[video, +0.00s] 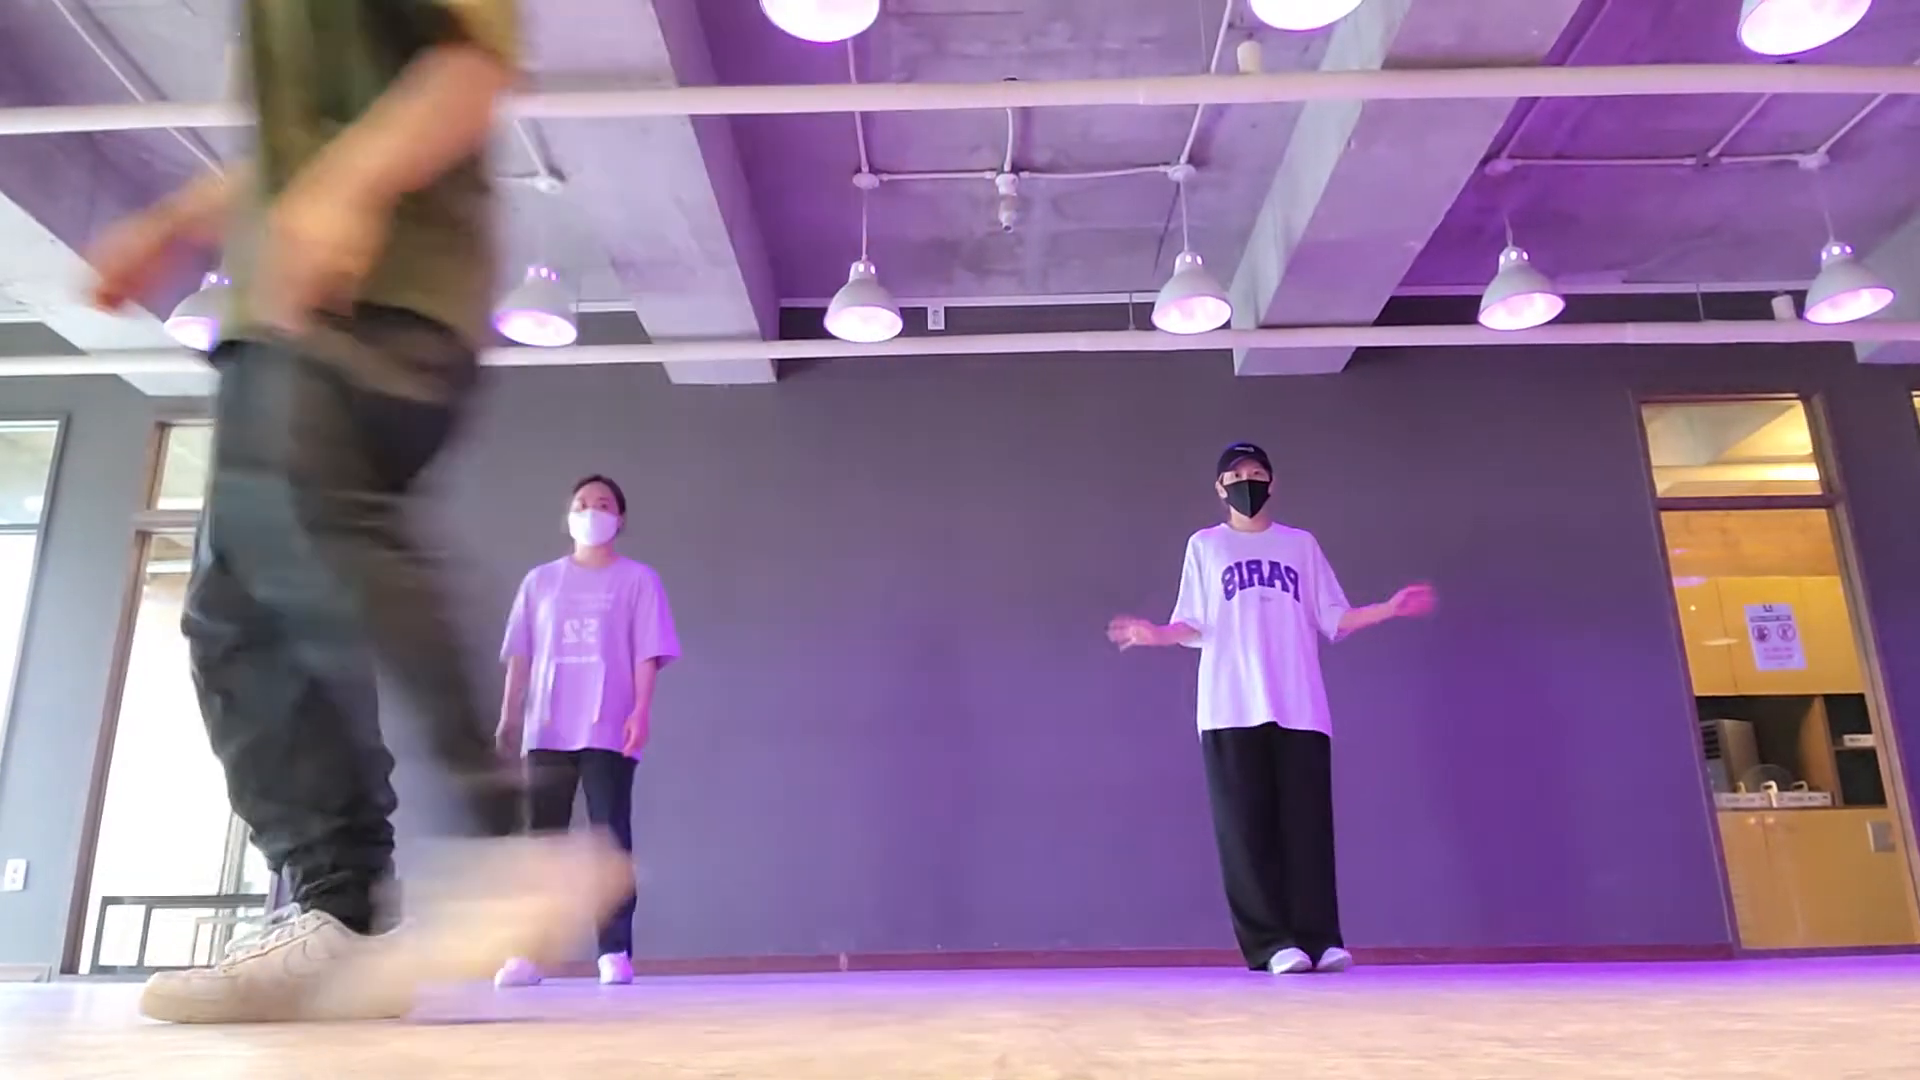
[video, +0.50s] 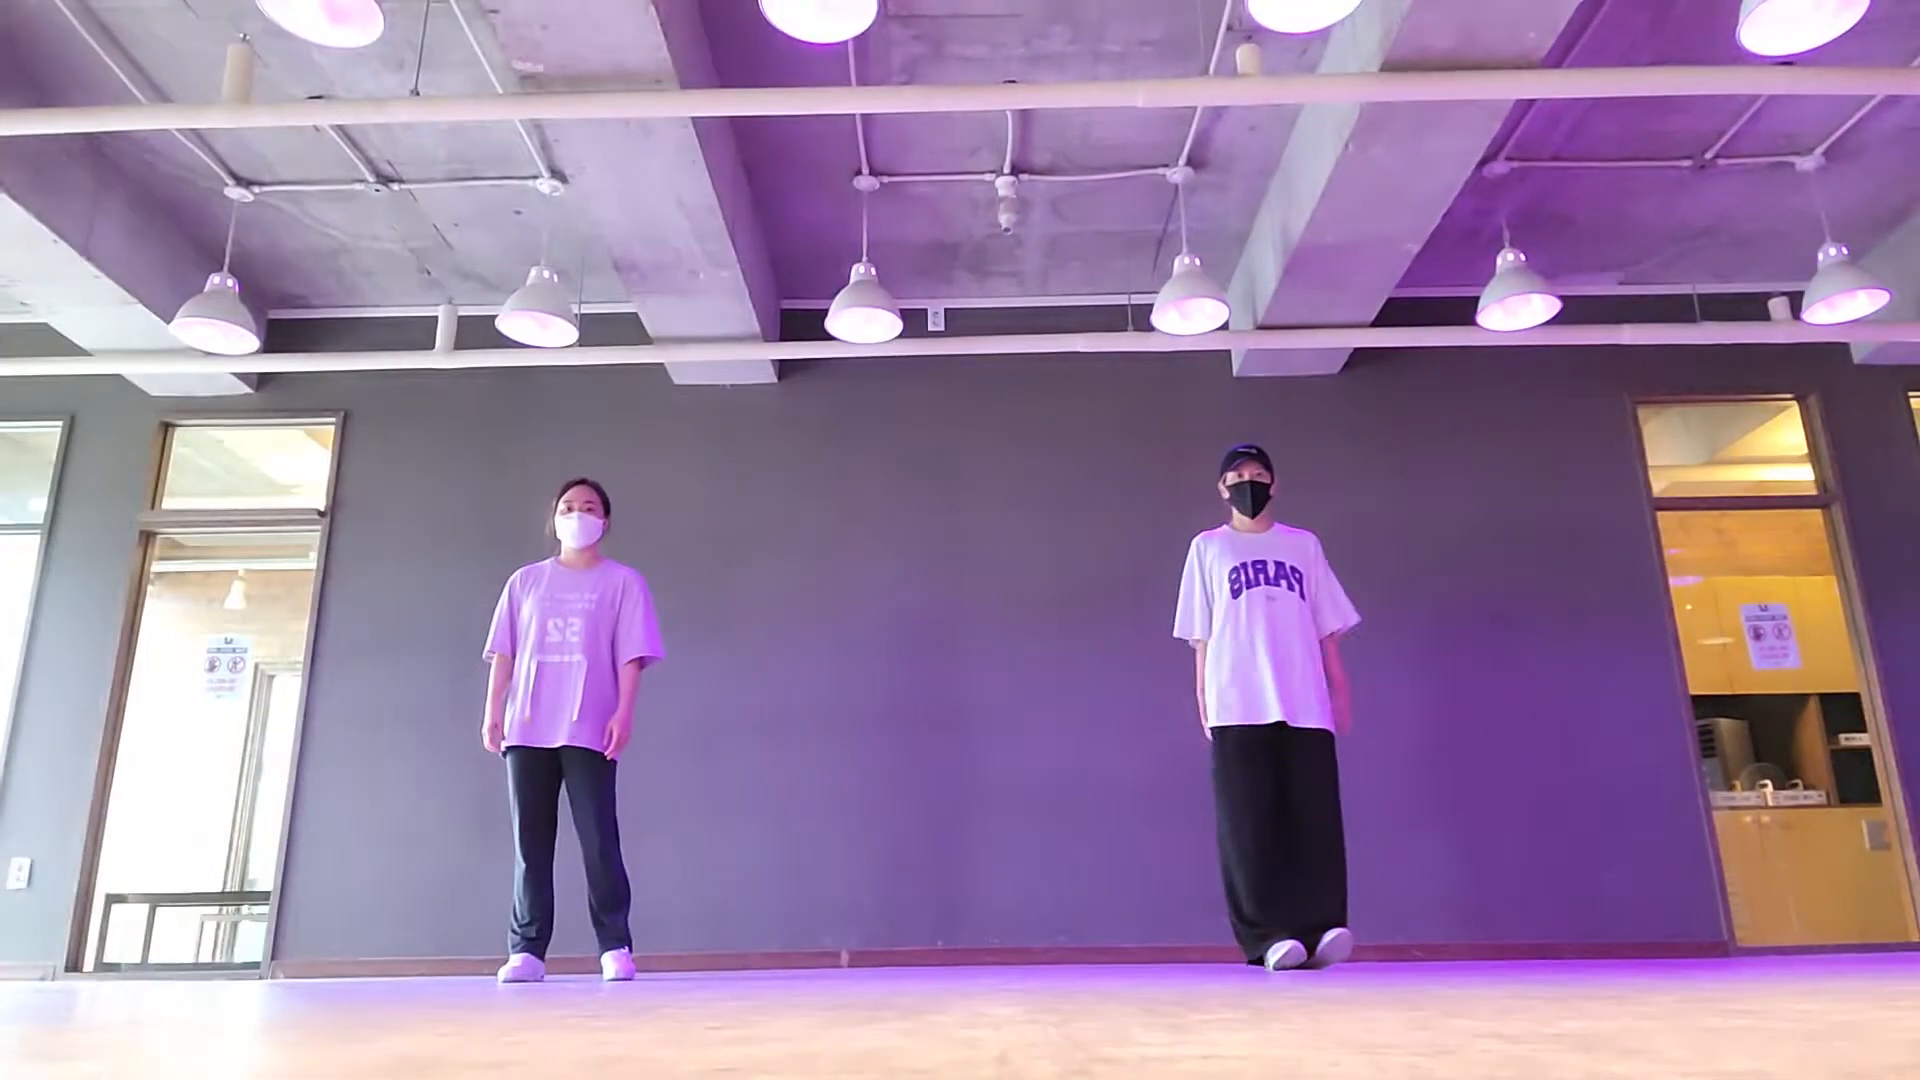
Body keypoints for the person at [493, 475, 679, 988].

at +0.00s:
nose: (590, 513)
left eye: (602, 507)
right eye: (582, 506)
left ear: (619, 521)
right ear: (567, 519)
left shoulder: (639, 581)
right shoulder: (539, 581)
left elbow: (648, 655)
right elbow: (518, 657)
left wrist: (641, 713)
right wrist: (509, 718)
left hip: (608, 729)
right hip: (547, 729)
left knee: (611, 842)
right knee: (539, 844)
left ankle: (614, 951)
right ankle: (526, 951)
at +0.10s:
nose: (584, 513)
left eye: (596, 507)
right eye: (575, 506)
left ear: (613, 522)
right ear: (560, 520)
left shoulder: (632, 581)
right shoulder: (531, 581)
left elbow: (641, 656)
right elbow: (510, 656)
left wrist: (633, 713)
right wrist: (502, 714)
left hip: (600, 731)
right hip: (539, 730)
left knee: (606, 847)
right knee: (534, 850)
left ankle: (611, 954)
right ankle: (521, 956)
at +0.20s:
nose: (574, 518)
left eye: (587, 510)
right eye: (566, 509)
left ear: (604, 522)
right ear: (550, 519)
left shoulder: (623, 583)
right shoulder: (522, 581)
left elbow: (632, 659)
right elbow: (498, 657)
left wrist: (622, 719)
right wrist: (490, 716)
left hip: (590, 736)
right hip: (530, 735)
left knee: (597, 854)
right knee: (527, 856)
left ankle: (605, 959)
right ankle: (515, 961)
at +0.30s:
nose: (586, 513)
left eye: (597, 508)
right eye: (576, 507)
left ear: (612, 523)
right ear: (562, 522)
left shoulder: (632, 580)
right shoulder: (533, 580)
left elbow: (640, 654)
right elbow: (512, 653)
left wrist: (631, 710)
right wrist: (503, 710)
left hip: (598, 728)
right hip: (537, 728)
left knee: (605, 843)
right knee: (536, 845)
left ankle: (616, 947)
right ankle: (528, 950)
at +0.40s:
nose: (582, 514)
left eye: (593, 509)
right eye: (572, 508)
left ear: (608, 523)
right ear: (558, 522)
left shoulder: (628, 581)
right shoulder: (528, 580)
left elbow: (636, 655)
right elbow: (507, 653)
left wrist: (627, 711)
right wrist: (498, 710)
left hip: (593, 728)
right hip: (532, 728)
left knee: (602, 844)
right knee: (533, 846)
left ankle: (616, 948)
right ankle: (527, 951)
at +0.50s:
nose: (578, 515)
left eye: (589, 509)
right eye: (568, 508)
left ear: (605, 524)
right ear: (554, 522)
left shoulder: (623, 581)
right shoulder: (525, 580)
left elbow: (632, 656)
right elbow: (503, 653)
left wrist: (624, 714)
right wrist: (494, 711)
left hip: (588, 728)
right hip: (527, 728)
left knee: (599, 843)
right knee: (530, 846)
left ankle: (615, 948)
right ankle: (526, 952)